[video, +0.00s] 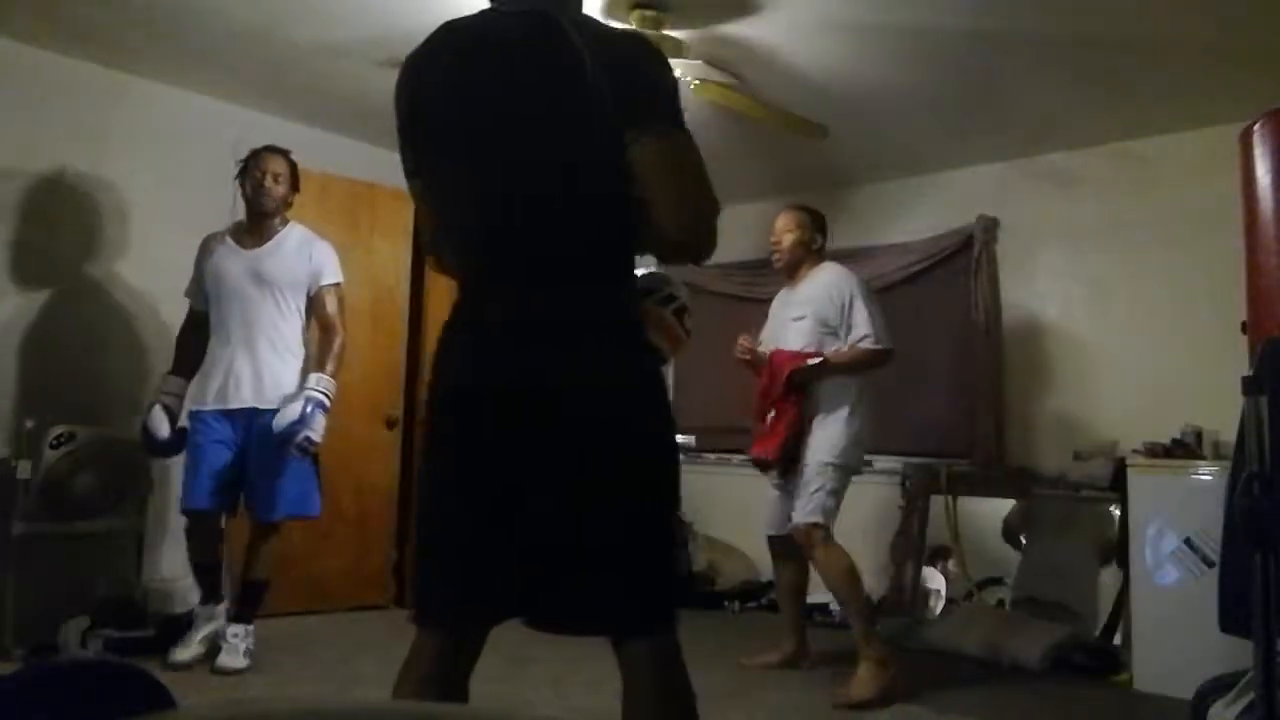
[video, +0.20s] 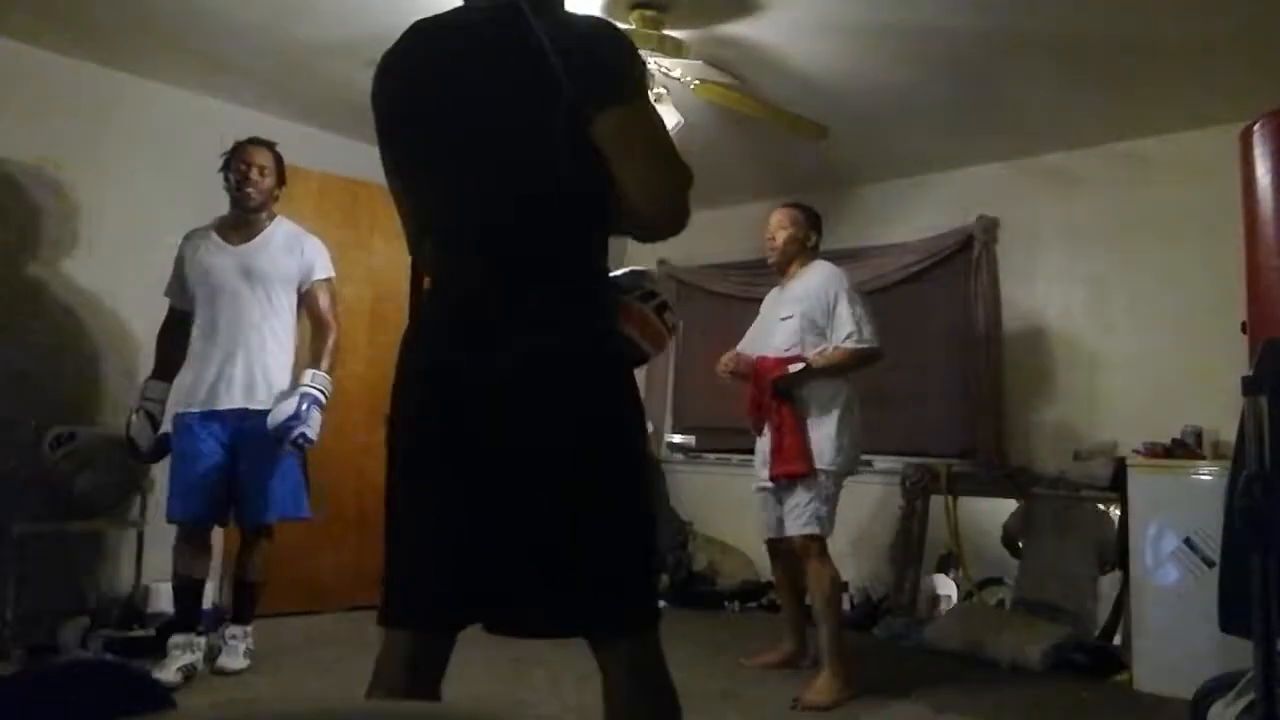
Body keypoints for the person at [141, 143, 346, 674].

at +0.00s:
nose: (264, 184)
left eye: (275, 179)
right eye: (256, 176)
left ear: (292, 193)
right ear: (240, 185)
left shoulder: (312, 251)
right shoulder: (213, 249)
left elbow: (332, 330)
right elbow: (195, 328)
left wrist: (316, 399)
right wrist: (170, 395)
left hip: (278, 408)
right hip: (212, 405)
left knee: (265, 522)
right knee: (200, 510)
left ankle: (242, 628)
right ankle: (209, 612)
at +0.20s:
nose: (248, 178)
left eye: (260, 172)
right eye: (241, 169)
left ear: (278, 186)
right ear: (226, 177)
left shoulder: (301, 247)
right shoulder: (196, 245)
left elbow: (326, 323)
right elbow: (176, 326)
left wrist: (313, 393)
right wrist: (153, 398)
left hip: (269, 408)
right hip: (198, 406)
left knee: (256, 528)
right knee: (192, 525)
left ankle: (238, 632)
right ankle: (184, 638)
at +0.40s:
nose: (229, 167)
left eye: (241, 161)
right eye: (220, 158)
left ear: (259, 176)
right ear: (204, 170)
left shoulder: (287, 240)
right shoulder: (178, 239)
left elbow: (313, 323)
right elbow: (153, 325)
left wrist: (321, 402)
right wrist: (127, 405)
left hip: (251, 402)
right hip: (180, 401)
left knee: (232, 527)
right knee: (179, 526)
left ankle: (233, 623)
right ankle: (181, 641)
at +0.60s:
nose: (224, 160)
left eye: (236, 154)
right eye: (215, 151)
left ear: (253, 169)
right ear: (195, 161)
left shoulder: (281, 235)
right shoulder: (164, 231)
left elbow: (308, 318)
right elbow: (135, 318)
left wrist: (319, 398)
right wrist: (115, 399)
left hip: (243, 397)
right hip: (171, 401)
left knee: (226, 517)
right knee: (176, 527)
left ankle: (221, 634)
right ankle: (178, 643)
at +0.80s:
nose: (230, 156)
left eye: (241, 150)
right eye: (219, 145)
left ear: (256, 167)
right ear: (194, 154)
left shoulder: (278, 235)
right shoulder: (153, 224)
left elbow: (296, 320)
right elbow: (124, 312)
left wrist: (301, 404)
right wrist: (116, 388)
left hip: (243, 408)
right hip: (166, 407)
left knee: (222, 539)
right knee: (174, 537)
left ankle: (206, 666)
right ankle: (181, 648)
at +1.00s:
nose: (255, 147)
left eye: (265, 143)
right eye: (243, 134)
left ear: (270, 158)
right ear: (207, 141)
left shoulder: (283, 230)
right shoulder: (155, 209)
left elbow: (295, 321)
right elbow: (118, 301)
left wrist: (301, 404)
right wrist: (105, 383)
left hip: (247, 403)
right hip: (171, 400)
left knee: (225, 541)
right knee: (175, 536)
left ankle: (200, 674)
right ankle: (186, 645)